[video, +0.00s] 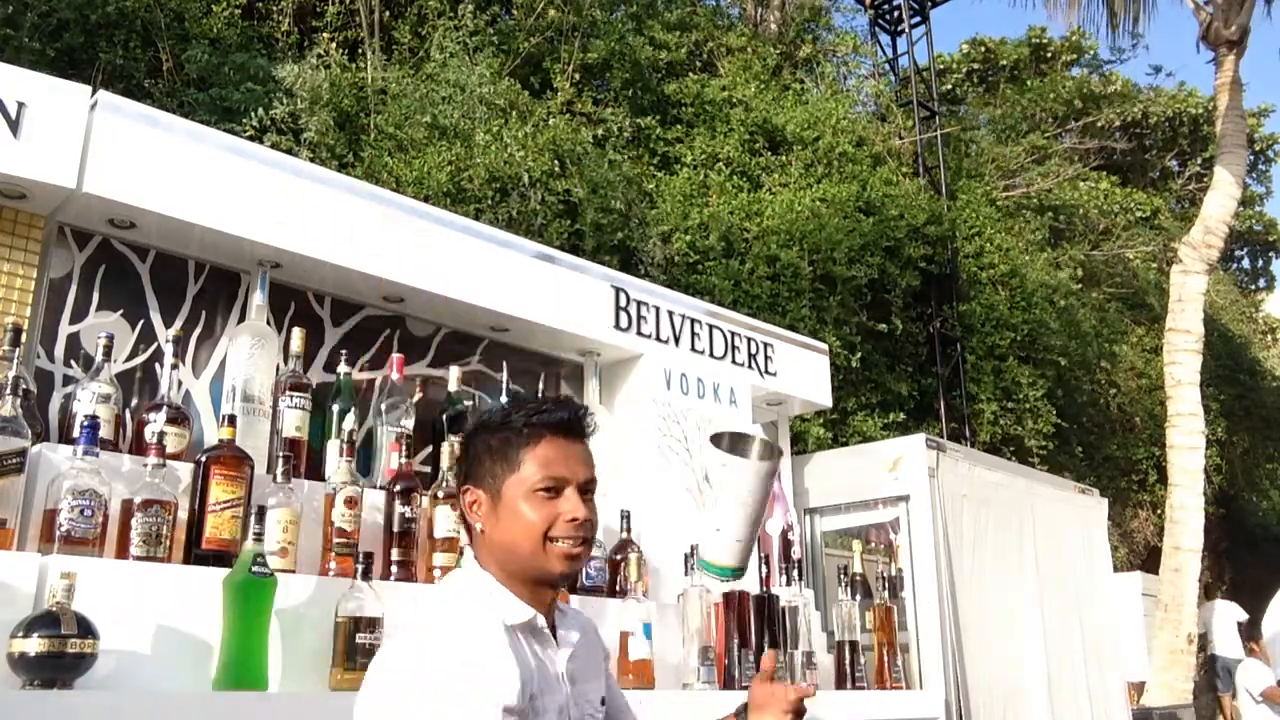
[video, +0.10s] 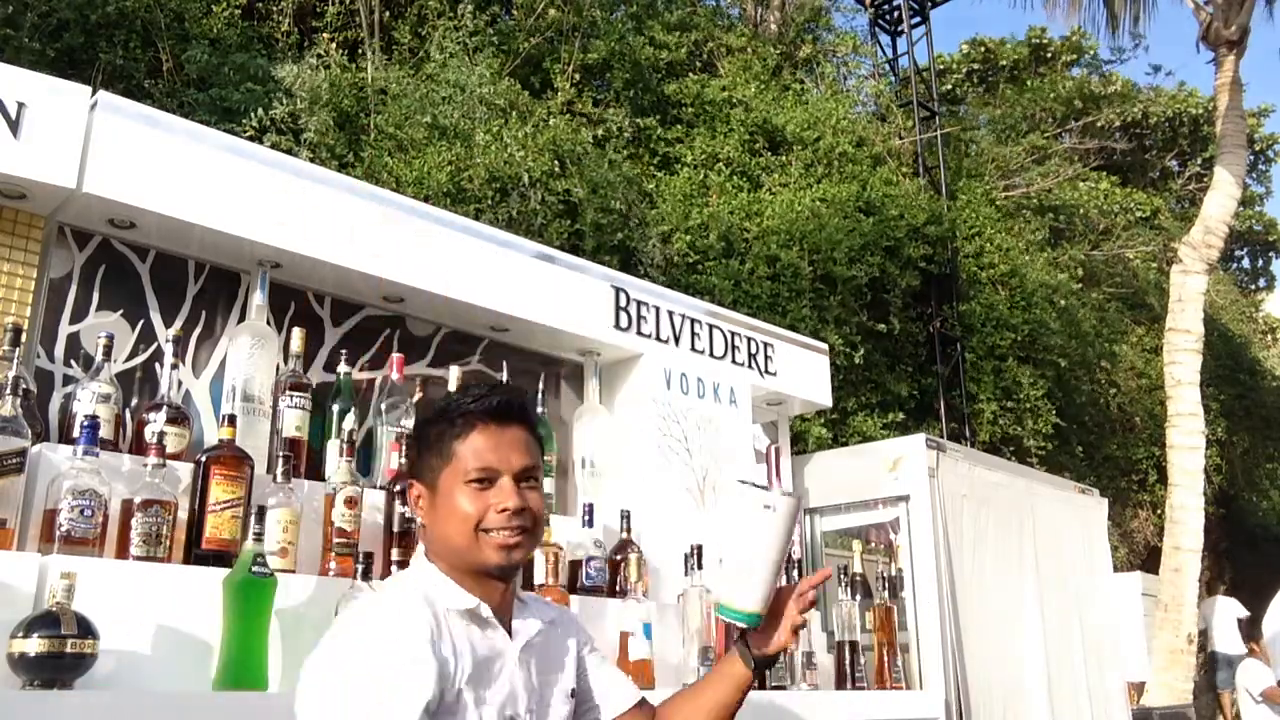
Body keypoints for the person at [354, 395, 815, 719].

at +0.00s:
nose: (582, 512)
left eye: (586, 492)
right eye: (550, 492)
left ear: (595, 495)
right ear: (477, 510)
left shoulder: (580, 631)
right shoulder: (447, 655)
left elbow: (620, 718)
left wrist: (745, 716)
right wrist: (752, 719)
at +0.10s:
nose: (517, 502)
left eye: (529, 480)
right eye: (483, 482)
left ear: (544, 492)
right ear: (420, 501)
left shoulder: (556, 631)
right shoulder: (385, 637)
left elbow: (643, 716)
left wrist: (745, 660)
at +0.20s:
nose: (460, 491)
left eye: (476, 469)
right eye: (429, 472)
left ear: (496, 490)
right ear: (375, 499)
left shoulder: (541, 628)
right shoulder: (307, 624)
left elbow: (649, 717)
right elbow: (283, 709)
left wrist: (674, 658)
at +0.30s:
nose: (419, 482)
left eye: (439, 462)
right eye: (389, 468)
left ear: (467, 493)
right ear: (344, 506)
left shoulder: (505, 616)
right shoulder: (278, 628)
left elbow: (632, 700)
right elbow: (246, 707)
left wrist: (477, 616)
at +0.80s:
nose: (498, 456)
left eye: (499, 437)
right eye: (478, 437)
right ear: (421, 467)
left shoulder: (491, 561)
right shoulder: (423, 565)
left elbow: (643, 561)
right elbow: (640, 595)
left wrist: (543, 486)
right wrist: (729, 427)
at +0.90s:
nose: (558, 466)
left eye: (551, 450)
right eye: (537, 448)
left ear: (470, 459)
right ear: (470, 458)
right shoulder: (501, 562)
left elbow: (666, 609)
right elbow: (698, 635)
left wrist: (632, 507)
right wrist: (781, 502)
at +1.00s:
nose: (590, 483)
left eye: (582, 464)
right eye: (570, 462)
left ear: (507, 471)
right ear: (503, 469)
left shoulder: (479, 575)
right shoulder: (533, 588)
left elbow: (648, 651)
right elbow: (681, 709)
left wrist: (686, 531)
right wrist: (805, 678)